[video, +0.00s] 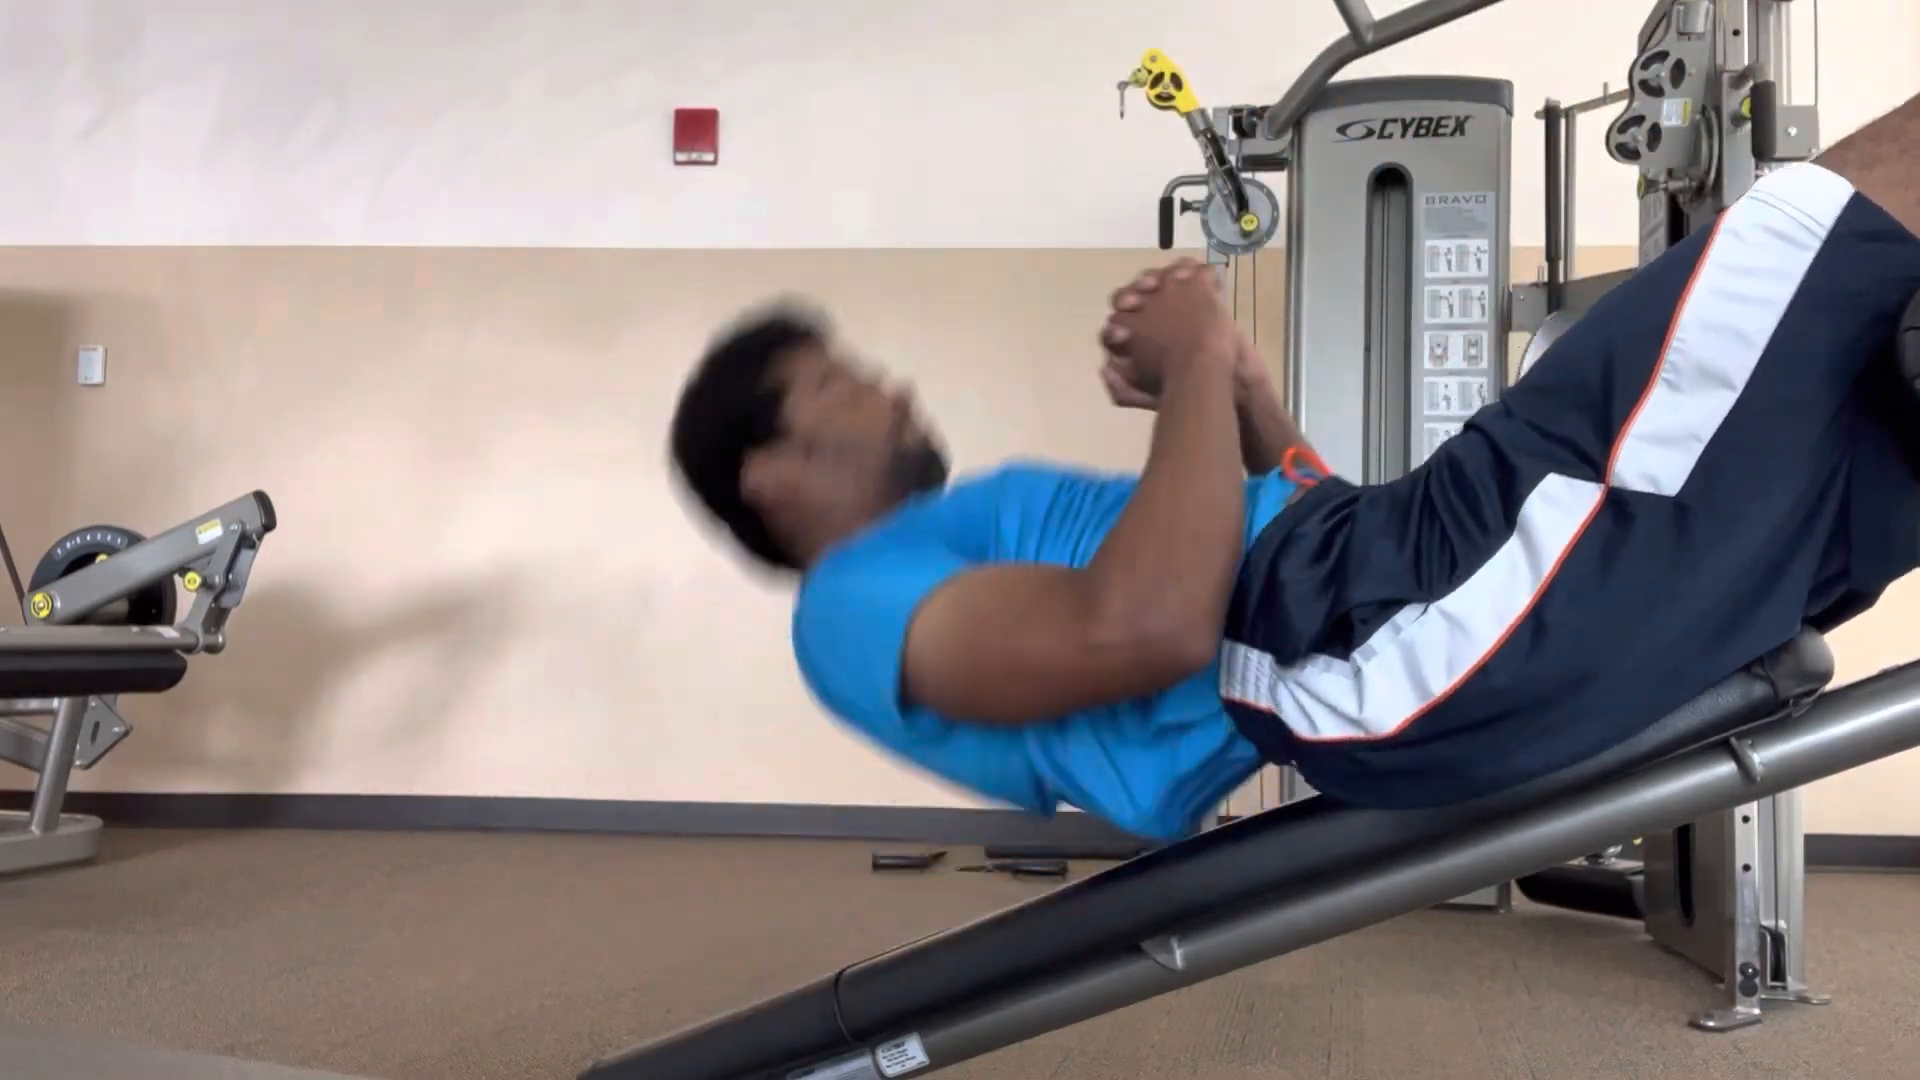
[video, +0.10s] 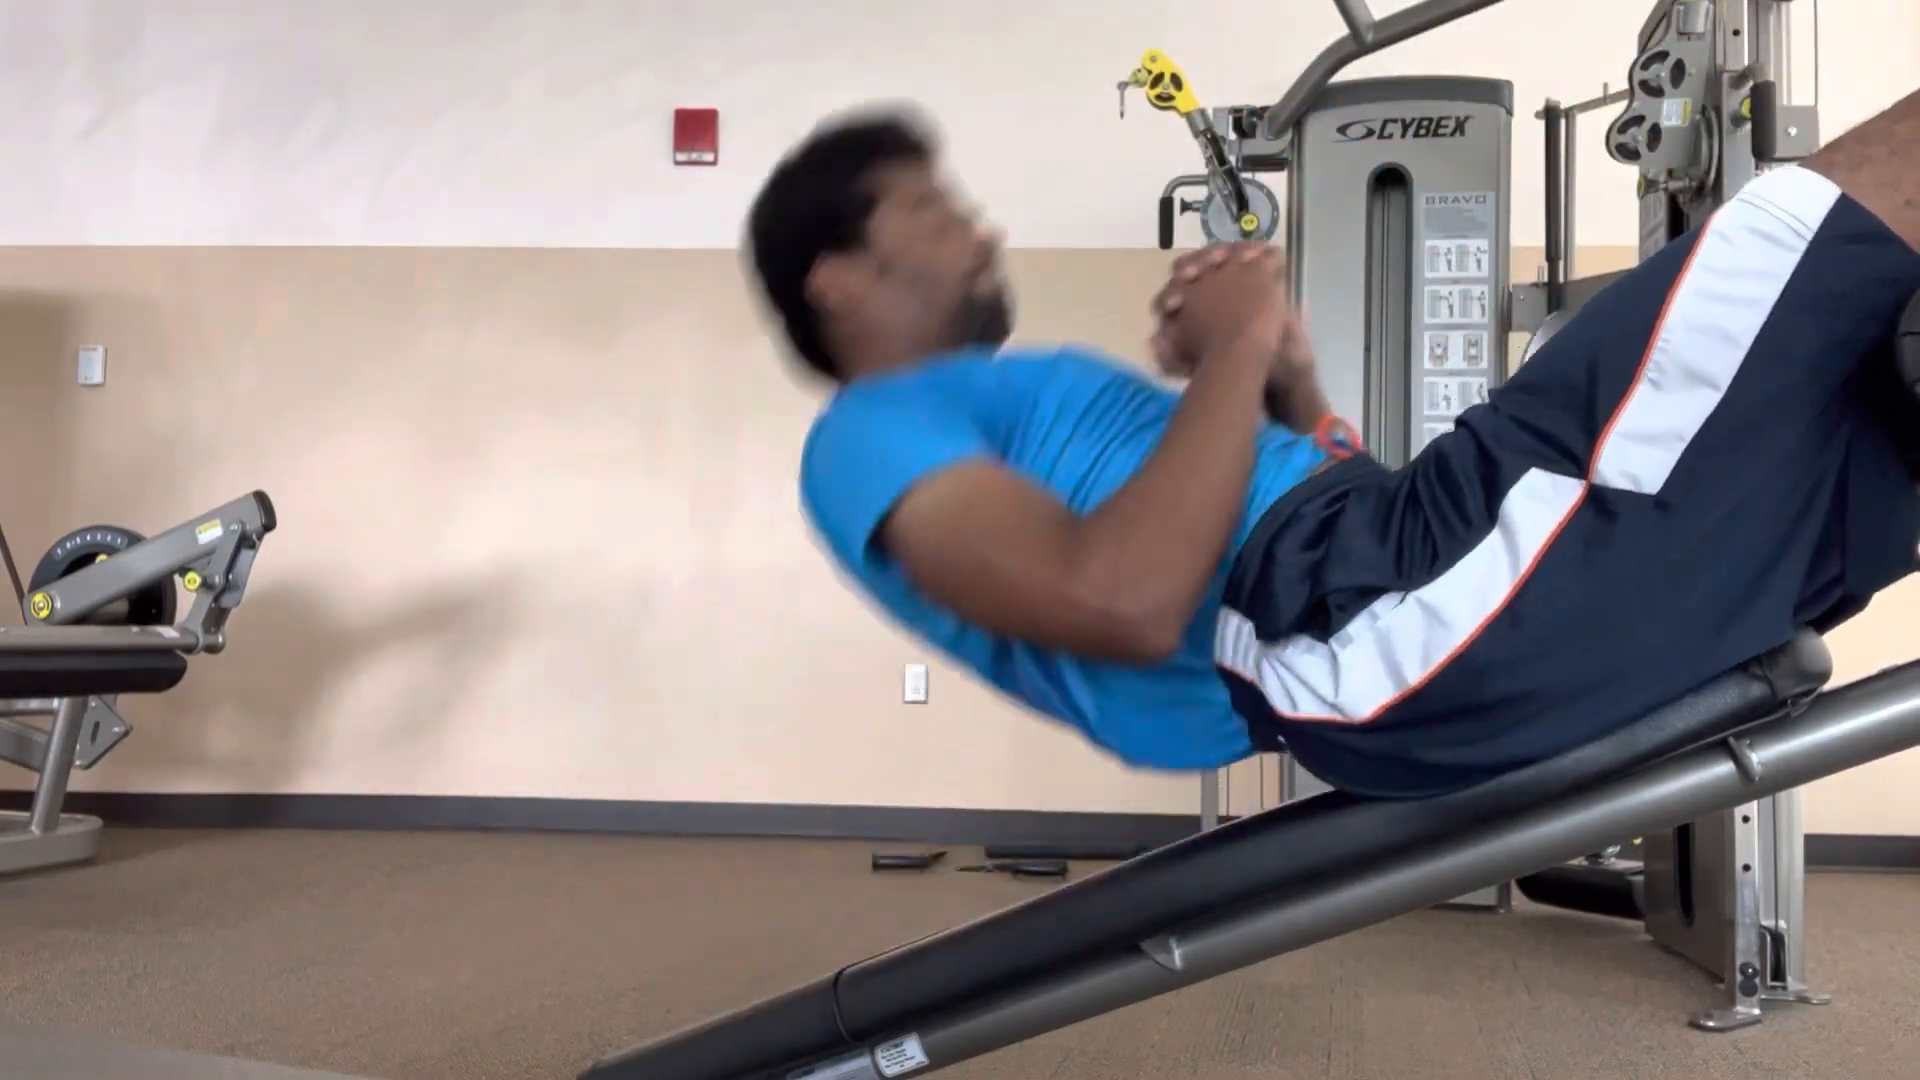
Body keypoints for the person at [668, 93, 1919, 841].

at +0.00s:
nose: (882, 380)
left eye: (859, 363)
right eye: (829, 379)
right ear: (767, 479)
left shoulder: (997, 534)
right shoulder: (849, 601)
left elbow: (1298, 541)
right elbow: (1139, 628)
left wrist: (1227, 376)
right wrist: (1202, 363)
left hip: (1402, 593)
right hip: (1360, 649)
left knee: (1883, 420)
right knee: (1882, 157)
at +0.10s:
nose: (980, 226)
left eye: (961, 200)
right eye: (934, 208)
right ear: (839, 280)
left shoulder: (1035, 404)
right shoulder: (866, 433)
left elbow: (1312, 531)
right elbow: (1120, 602)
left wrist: (1281, 384)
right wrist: (1248, 347)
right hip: (1366, 626)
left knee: (1898, 422)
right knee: (1879, 161)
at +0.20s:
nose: (1117, 100)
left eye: (1103, 69)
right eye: (1077, 71)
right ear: (964, 118)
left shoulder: (1125, 289)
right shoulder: (952, 279)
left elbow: (1318, 490)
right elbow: (1167, 513)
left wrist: (1368, 328)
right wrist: (1345, 298)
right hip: (1379, 612)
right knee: (1890, 149)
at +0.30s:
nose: (1296, 5)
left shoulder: (1245, 185)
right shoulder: (1089, 136)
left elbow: (1407, 460)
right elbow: (1250, 439)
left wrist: (1462, 296)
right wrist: (1467, 274)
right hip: (1385, 596)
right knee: (1896, 135)